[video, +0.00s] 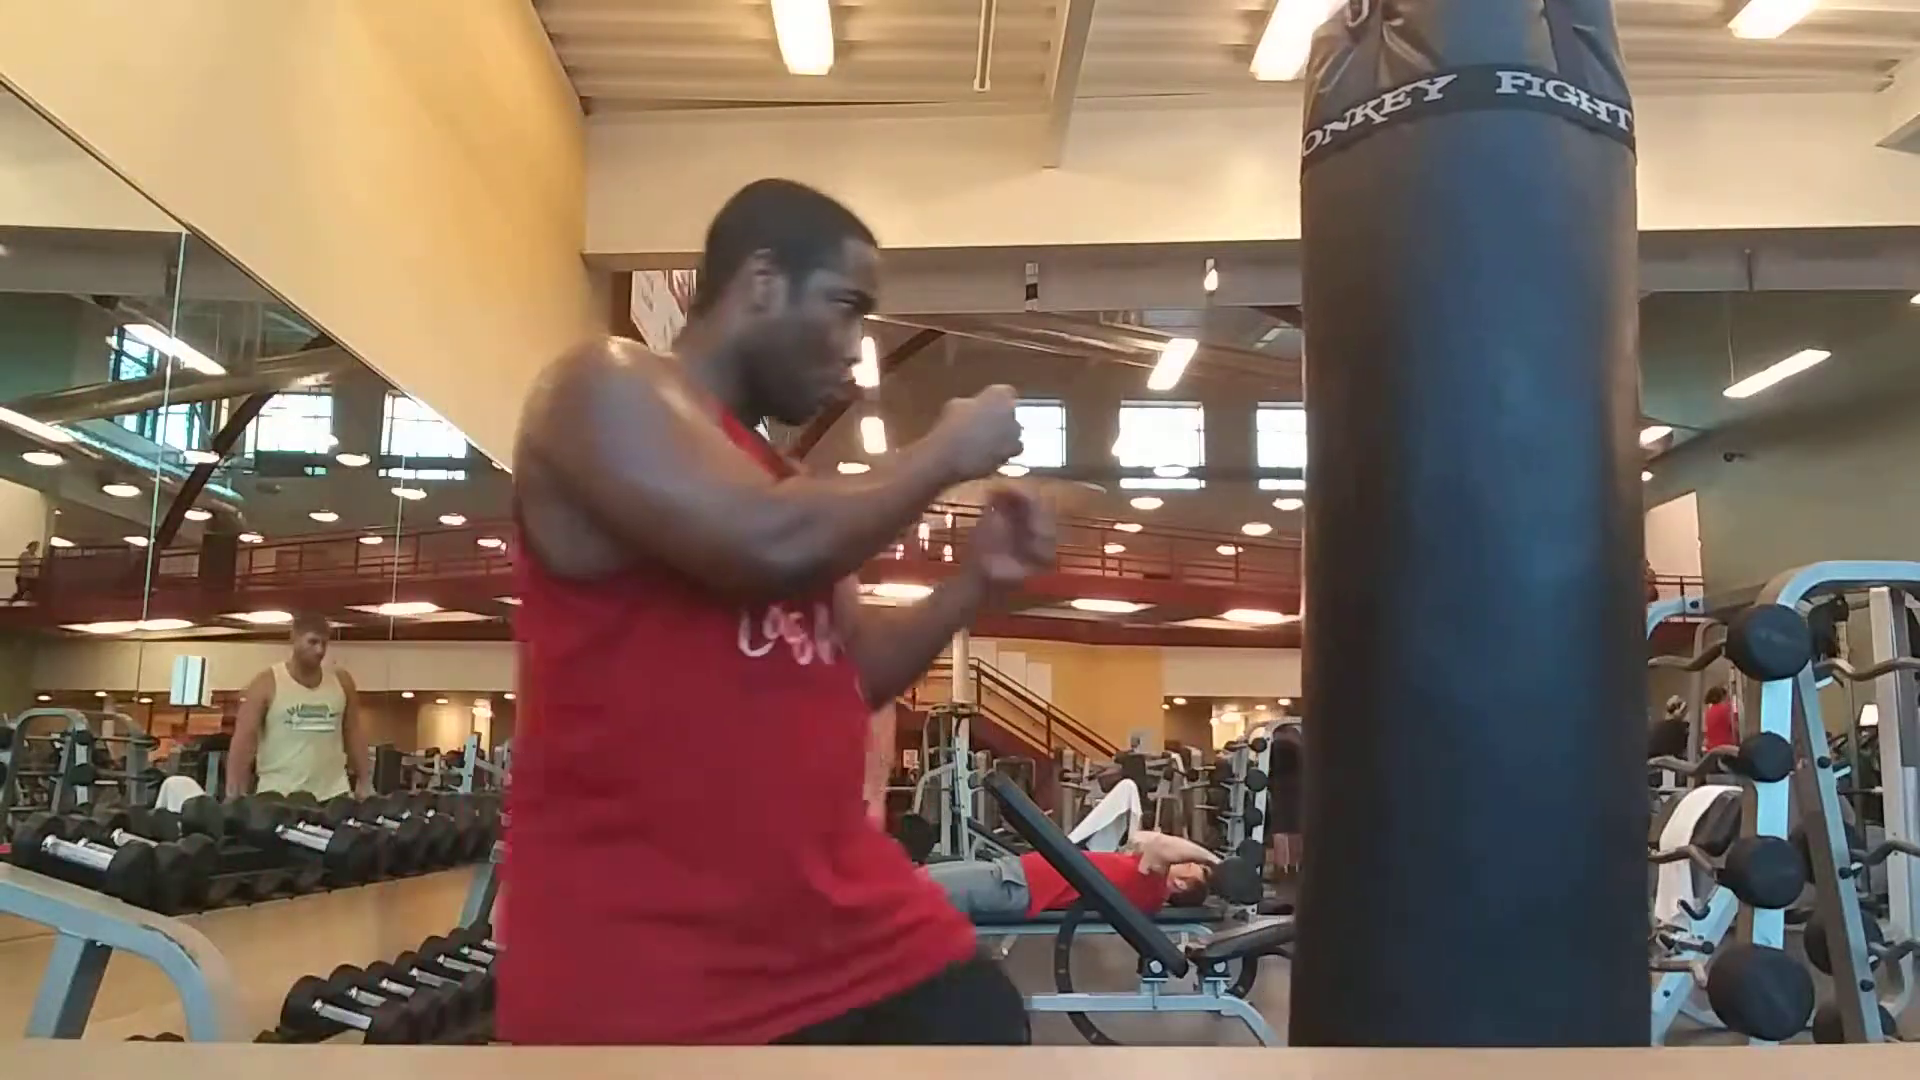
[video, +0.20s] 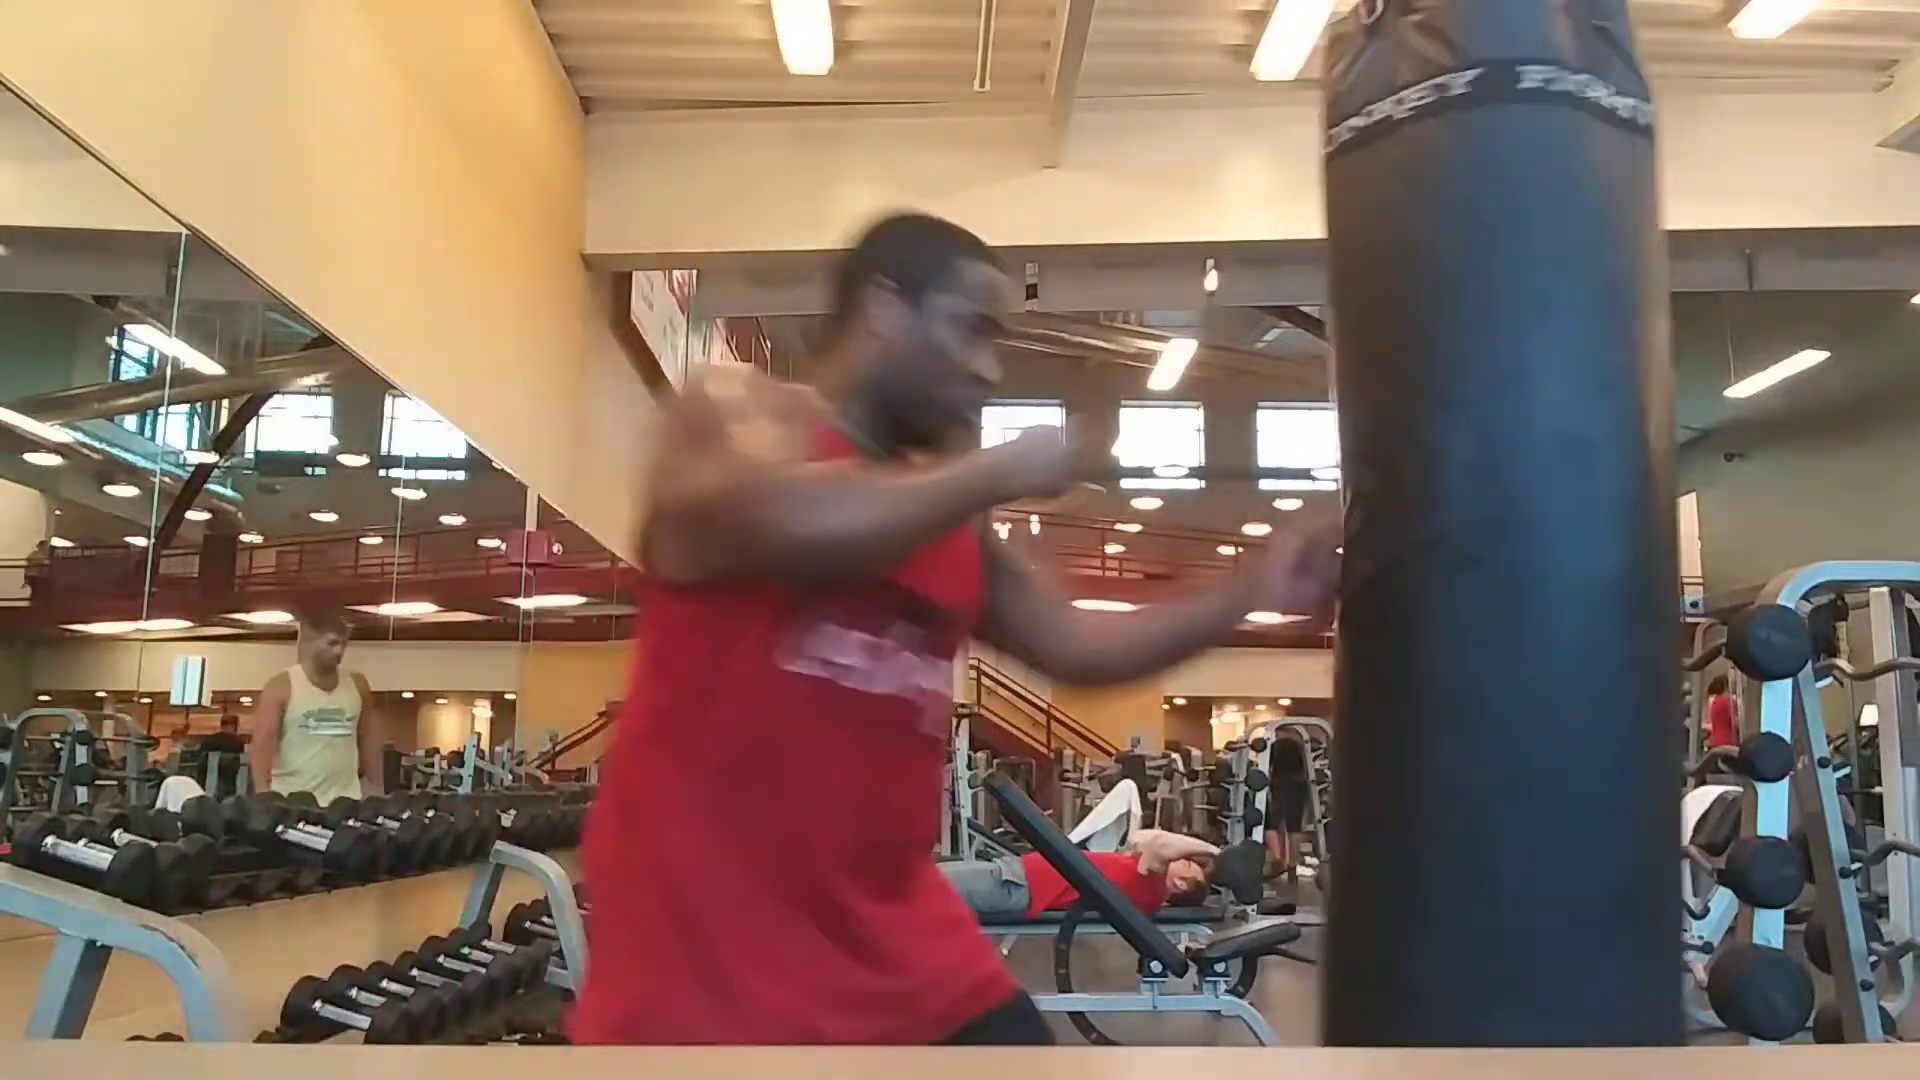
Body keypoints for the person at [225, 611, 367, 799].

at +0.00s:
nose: (320, 650)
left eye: (324, 643)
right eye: (313, 642)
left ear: (328, 643)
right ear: (294, 638)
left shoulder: (341, 682)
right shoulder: (266, 683)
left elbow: (354, 734)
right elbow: (243, 742)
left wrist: (364, 783)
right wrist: (235, 797)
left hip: (333, 795)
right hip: (280, 796)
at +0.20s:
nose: (339, 652)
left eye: (343, 645)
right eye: (332, 643)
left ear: (346, 645)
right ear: (311, 641)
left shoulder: (357, 684)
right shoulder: (280, 686)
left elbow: (368, 741)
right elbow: (262, 745)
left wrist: (375, 789)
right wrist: (264, 797)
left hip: (346, 801)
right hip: (293, 802)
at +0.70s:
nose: (398, 644)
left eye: (401, 636)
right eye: (392, 635)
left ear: (404, 637)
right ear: (370, 632)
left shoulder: (402, 681)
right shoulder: (334, 673)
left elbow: (410, 735)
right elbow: (310, 732)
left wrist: (422, 767)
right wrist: (348, 768)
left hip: (387, 798)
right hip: (339, 799)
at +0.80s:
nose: (409, 645)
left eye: (412, 638)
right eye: (404, 636)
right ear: (380, 632)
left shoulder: (406, 681)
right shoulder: (346, 673)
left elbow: (413, 735)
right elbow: (329, 731)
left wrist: (427, 763)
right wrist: (365, 761)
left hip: (388, 796)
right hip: (345, 795)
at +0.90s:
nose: (418, 648)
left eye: (420, 641)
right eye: (414, 639)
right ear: (392, 634)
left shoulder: (410, 682)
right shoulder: (358, 671)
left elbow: (418, 739)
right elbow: (353, 737)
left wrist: (429, 762)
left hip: (391, 792)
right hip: (351, 791)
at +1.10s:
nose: (446, 652)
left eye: (448, 645)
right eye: (442, 644)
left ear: (421, 638)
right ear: (421, 637)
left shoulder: (423, 675)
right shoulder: (383, 675)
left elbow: (430, 731)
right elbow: (403, 745)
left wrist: (451, 771)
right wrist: (445, 784)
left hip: (382, 791)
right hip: (347, 789)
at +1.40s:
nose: (465, 662)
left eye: (467, 654)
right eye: (463, 653)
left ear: (442, 648)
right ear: (444, 648)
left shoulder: (440, 682)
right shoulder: (399, 681)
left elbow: (446, 737)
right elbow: (410, 762)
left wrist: (466, 790)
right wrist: (451, 798)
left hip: (383, 788)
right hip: (348, 787)